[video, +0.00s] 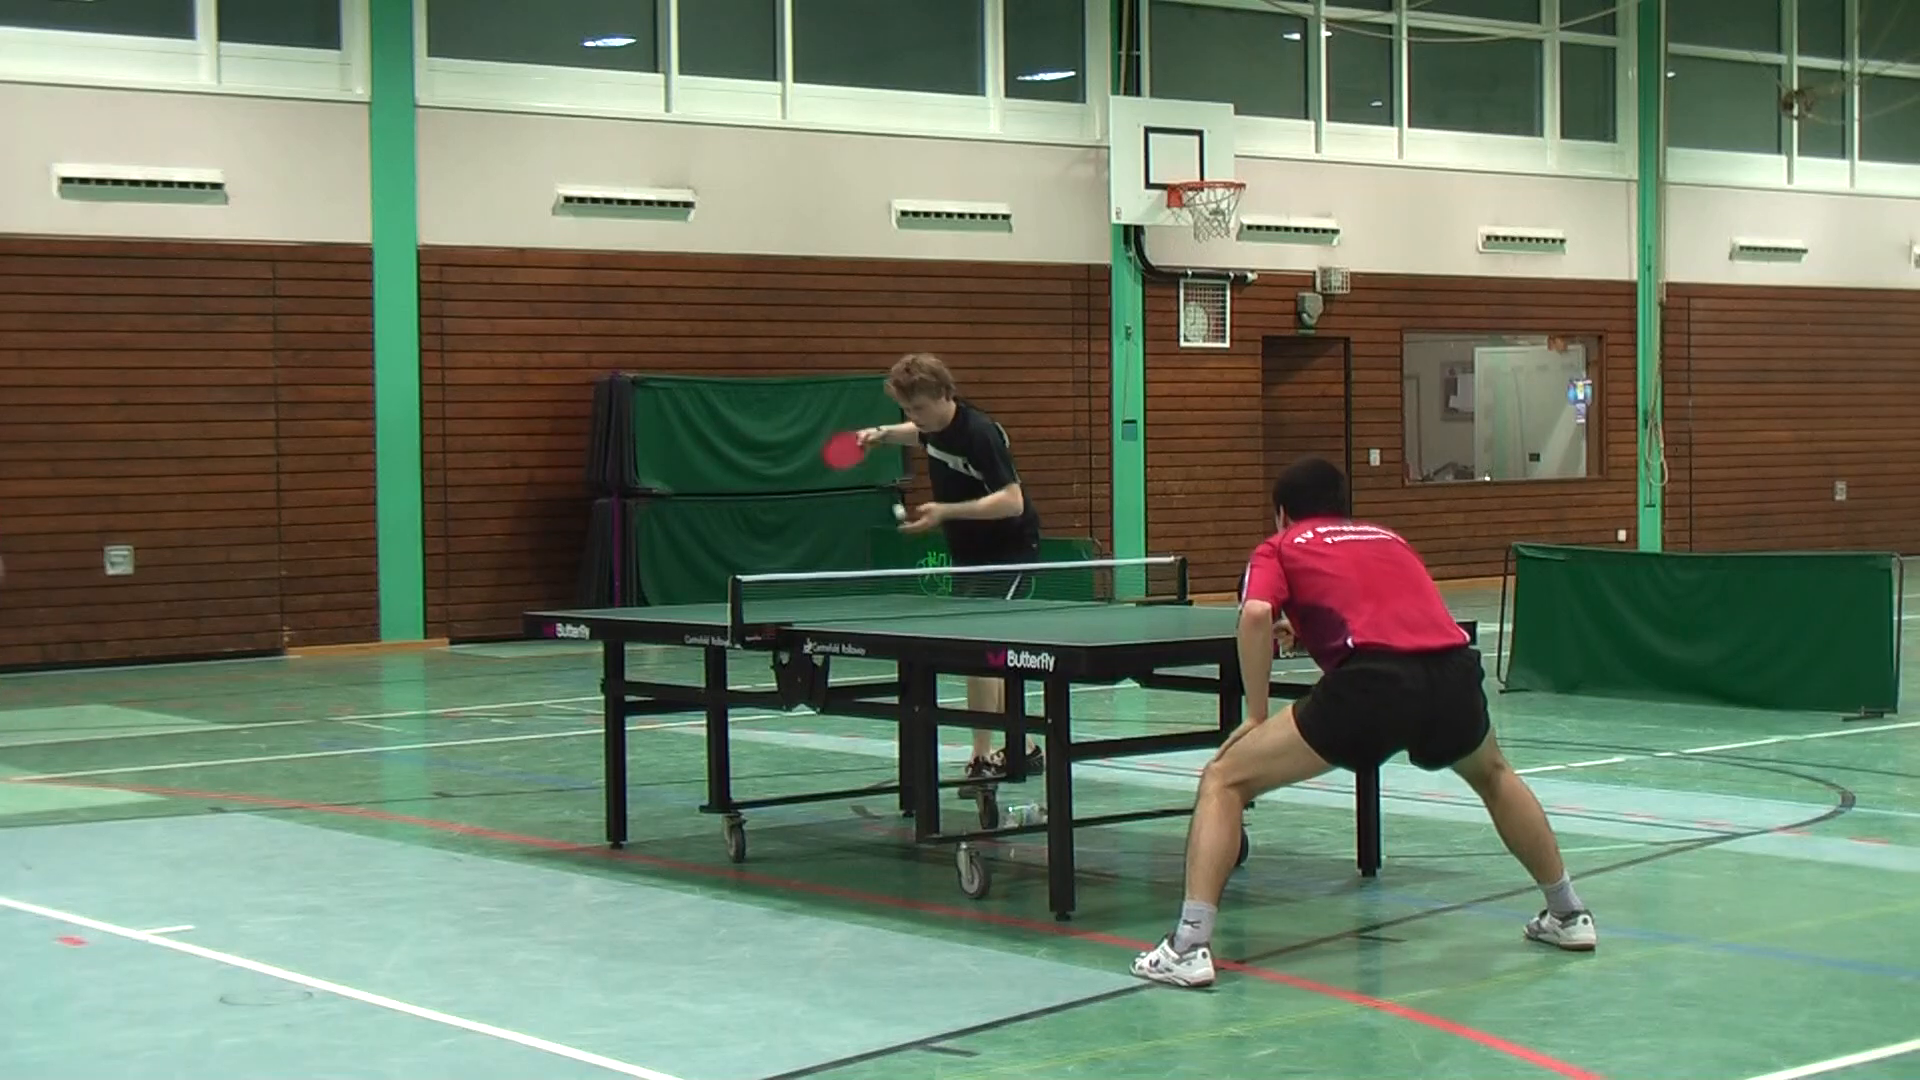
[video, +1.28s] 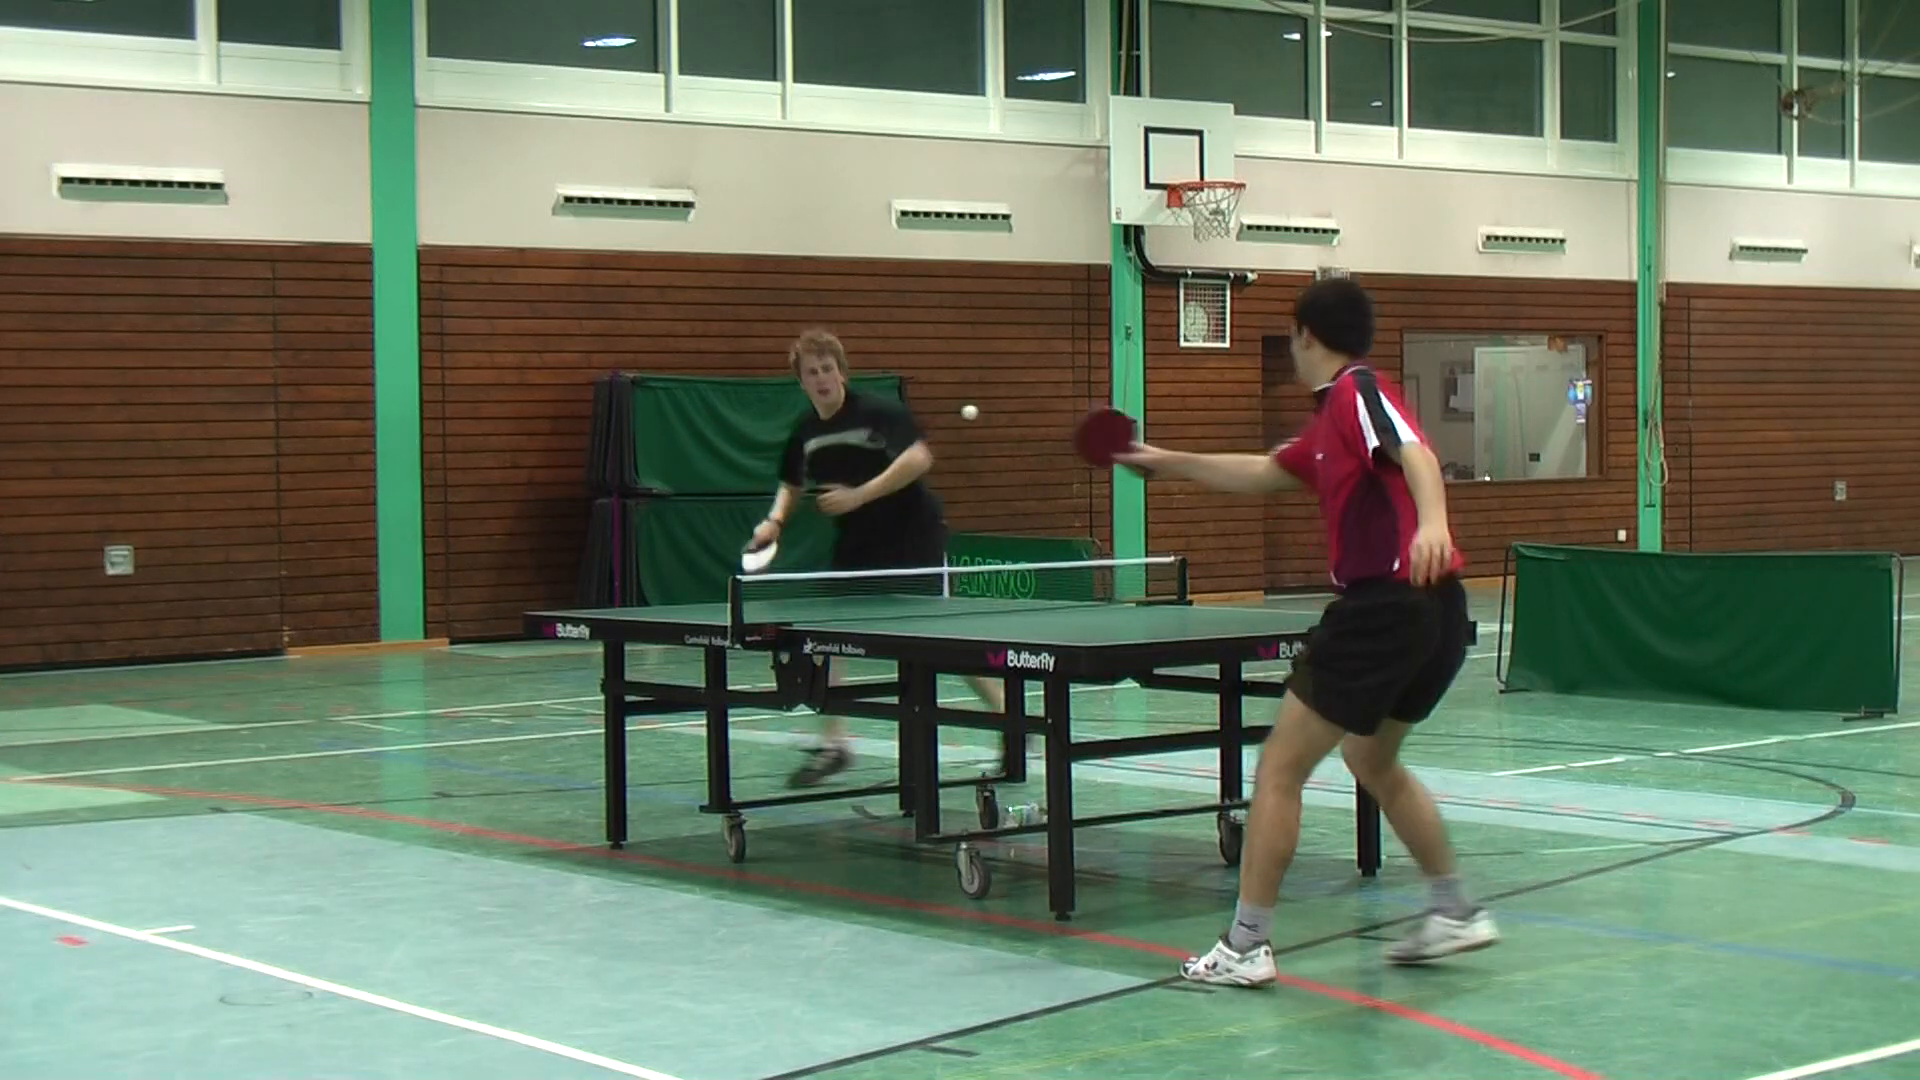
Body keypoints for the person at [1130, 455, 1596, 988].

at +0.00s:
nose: (1273, 524)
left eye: (1273, 517)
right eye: (1275, 518)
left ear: (1283, 516)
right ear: (1344, 510)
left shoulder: (1279, 547)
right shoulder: (1386, 537)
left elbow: (1256, 615)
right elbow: (1394, 602)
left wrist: (1257, 715)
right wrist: (1311, 628)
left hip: (1370, 687)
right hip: (1454, 685)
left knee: (1224, 777)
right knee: (1494, 775)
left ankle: (1189, 945)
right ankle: (1569, 912)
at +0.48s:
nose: (1319, 424)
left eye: (1319, 414)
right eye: (1321, 414)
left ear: (1331, 412)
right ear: (1384, 410)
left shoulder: (1335, 462)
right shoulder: (1435, 451)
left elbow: (1338, 556)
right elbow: (1467, 542)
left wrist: (1326, 657)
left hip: (1419, 627)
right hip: (1492, 626)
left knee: (1301, 772)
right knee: (1499, 766)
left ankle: (1254, 946)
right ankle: (1569, 913)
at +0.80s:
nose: (1295, 411)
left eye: (1292, 398)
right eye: (1292, 400)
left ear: (1309, 391)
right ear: (1356, 385)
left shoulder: (1352, 442)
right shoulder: (1402, 435)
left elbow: (1352, 554)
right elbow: (1419, 541)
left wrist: (1287, 639)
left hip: (1412, 635)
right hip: (1475, 628)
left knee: (1288, 769)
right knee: (1484, 765)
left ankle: (1251, 945)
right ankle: (1566, 910)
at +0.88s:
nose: (1265, 402)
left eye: (1266, 388)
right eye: (1266, 389)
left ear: (1286, 389)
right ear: (1320, 384)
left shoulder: (1353, 436)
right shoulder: (1340, 448)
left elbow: (1375, 535)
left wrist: (1306, 628)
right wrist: (1248, 620)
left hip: (1411, 636)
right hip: (1457, 629)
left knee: (1283, 768)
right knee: (1474, 770)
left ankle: (1251, 947)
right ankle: (1564, 907)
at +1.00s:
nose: (1242, 393)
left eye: (1243, 378)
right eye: (1241, 379)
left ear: (1267, 373)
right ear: (1292, 373)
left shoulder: (1346, 420)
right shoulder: (1285, 464)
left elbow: (1398, 488)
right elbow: (1236, 555)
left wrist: (1361, 553)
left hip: (1392, 623)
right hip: (1424, 620)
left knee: (1275, 764)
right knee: (1452, 774)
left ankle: (1249, 948)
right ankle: (1544, 907)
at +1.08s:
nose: (1239, 376)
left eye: (1243, 362)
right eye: (1242, 362)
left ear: (1264, 361)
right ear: (1289, 361)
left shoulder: (1339, 407)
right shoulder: (1275, 455)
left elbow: (1408, 458)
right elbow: (1207, 523)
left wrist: (1393, 500)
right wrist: (1103, 535)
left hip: (1382, 616)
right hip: (1415, 614)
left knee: (1274, 761)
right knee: (1429, 773)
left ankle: (1248, 948)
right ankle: (1525, 914)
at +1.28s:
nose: (1291, 348)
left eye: (1294, 336)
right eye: (1293, 337)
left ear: (1310, 338)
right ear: (1359, 338)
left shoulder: (1357, 391)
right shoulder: (1334, 421)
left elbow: (1414, 452)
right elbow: (1257, 473)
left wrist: (1433, 522)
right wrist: (1157, 458)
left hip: (1380, 607)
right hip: (1436, 611)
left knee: (1279, 768)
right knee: (1373, 761)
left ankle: (1246, 943)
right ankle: (1455, 911)